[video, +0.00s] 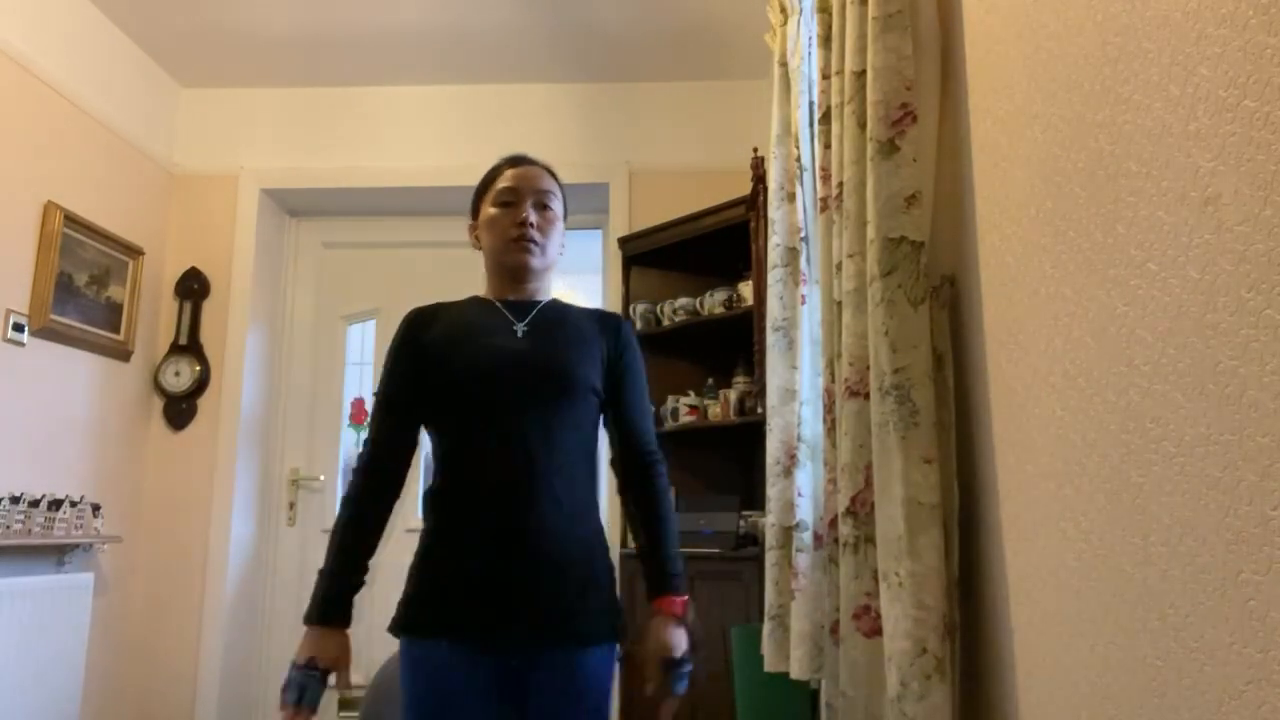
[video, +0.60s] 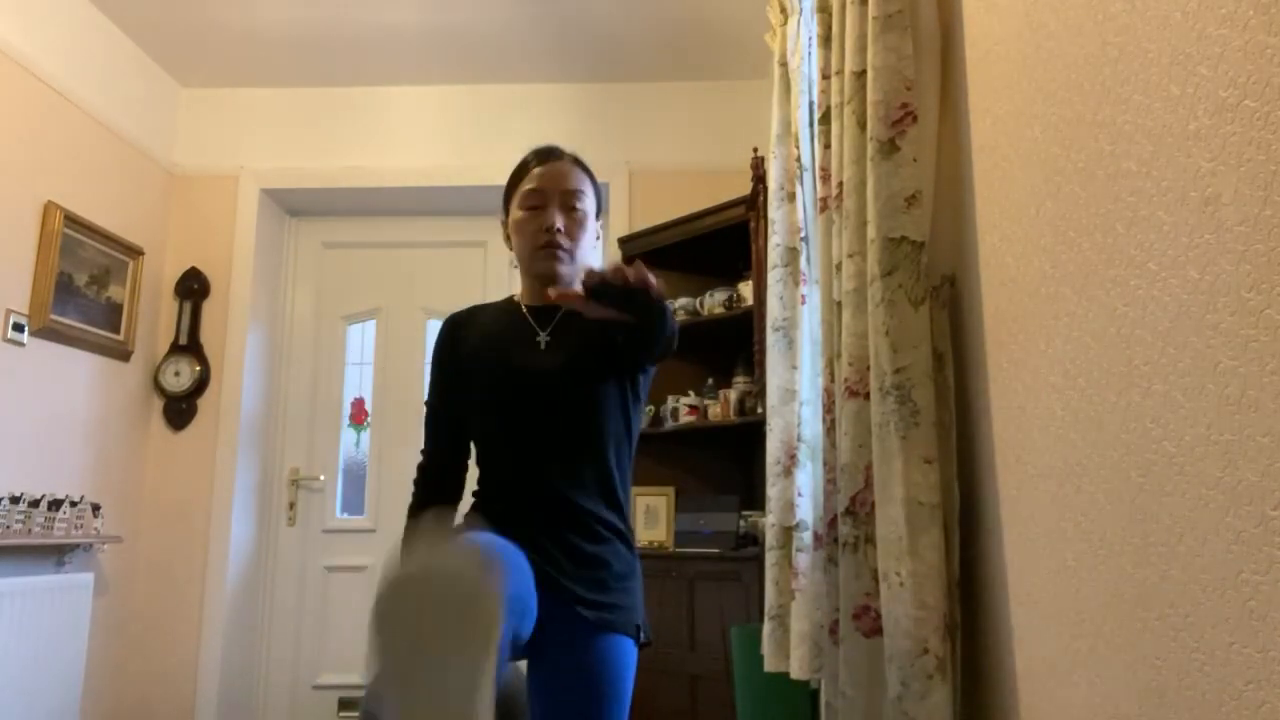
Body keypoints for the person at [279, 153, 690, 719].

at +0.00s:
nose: (528, 215)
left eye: (544, 204)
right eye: (507, 202)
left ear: (562, 233)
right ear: (475, 229)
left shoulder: (606, 335)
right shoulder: (427, 331)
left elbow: (643, 469)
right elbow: (379, 475)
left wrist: (669, 601)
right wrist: (327, 615)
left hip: (572, 622)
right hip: (449, 620)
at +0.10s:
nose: (541, 219)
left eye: (558, 208)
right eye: (521, 205)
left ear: (579, 239)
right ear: (491, 235)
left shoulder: (624, 334)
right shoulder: (446, 335)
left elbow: (667, 439)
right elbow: (402, 482)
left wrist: (690, 551)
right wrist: (358, 621)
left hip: (588, 597)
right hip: (470, 597)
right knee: (458, 708)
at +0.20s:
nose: (549, 218)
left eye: (567, 206)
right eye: (530, 205)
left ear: (589, 234)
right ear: (500, 233)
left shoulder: (632, 324)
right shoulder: (459, 334)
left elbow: (670, 390)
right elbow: (424, 479)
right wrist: (385, 619)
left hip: (591, 566)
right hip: (484, 553)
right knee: (467, 643)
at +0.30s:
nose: (552, 221)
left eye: (570, 208)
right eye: (532, 207)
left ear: (595, 235)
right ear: (505, 234)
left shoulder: (634, 316)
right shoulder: (465, 337)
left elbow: (660, 360)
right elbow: (437, 480)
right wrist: (404, 621)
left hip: (592, 597)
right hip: (486, 594)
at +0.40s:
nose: (545, 251)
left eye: (563, 235)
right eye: (534, 235)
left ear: (590, 251)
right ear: (507, 244)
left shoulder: (635, 327)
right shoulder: (465, 342)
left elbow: (627, 320)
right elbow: (438, 482)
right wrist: (412, 627)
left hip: (593, 599)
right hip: (482, 600)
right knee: (499, 489)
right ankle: (522, 382)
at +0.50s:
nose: (546, 220)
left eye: (563, 206)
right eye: (530, 206)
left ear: (593, 228)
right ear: (505, 222)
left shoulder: (631, 323)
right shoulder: (465, 340)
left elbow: (632, 325)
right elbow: (438, 487)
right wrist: (414, 630)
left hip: (593, 598)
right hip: (484, 600)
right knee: (497, 501)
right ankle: (507, 392)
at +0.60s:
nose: (554, 222)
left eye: (574, 208)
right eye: (534, 205)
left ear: (596, 232)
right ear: (507, 229)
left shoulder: (620, 325)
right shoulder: (467, 332)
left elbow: (652, 341)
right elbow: (440, 475)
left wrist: (642, 304)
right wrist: (414, 585)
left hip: (596, 567)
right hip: (500, 548)